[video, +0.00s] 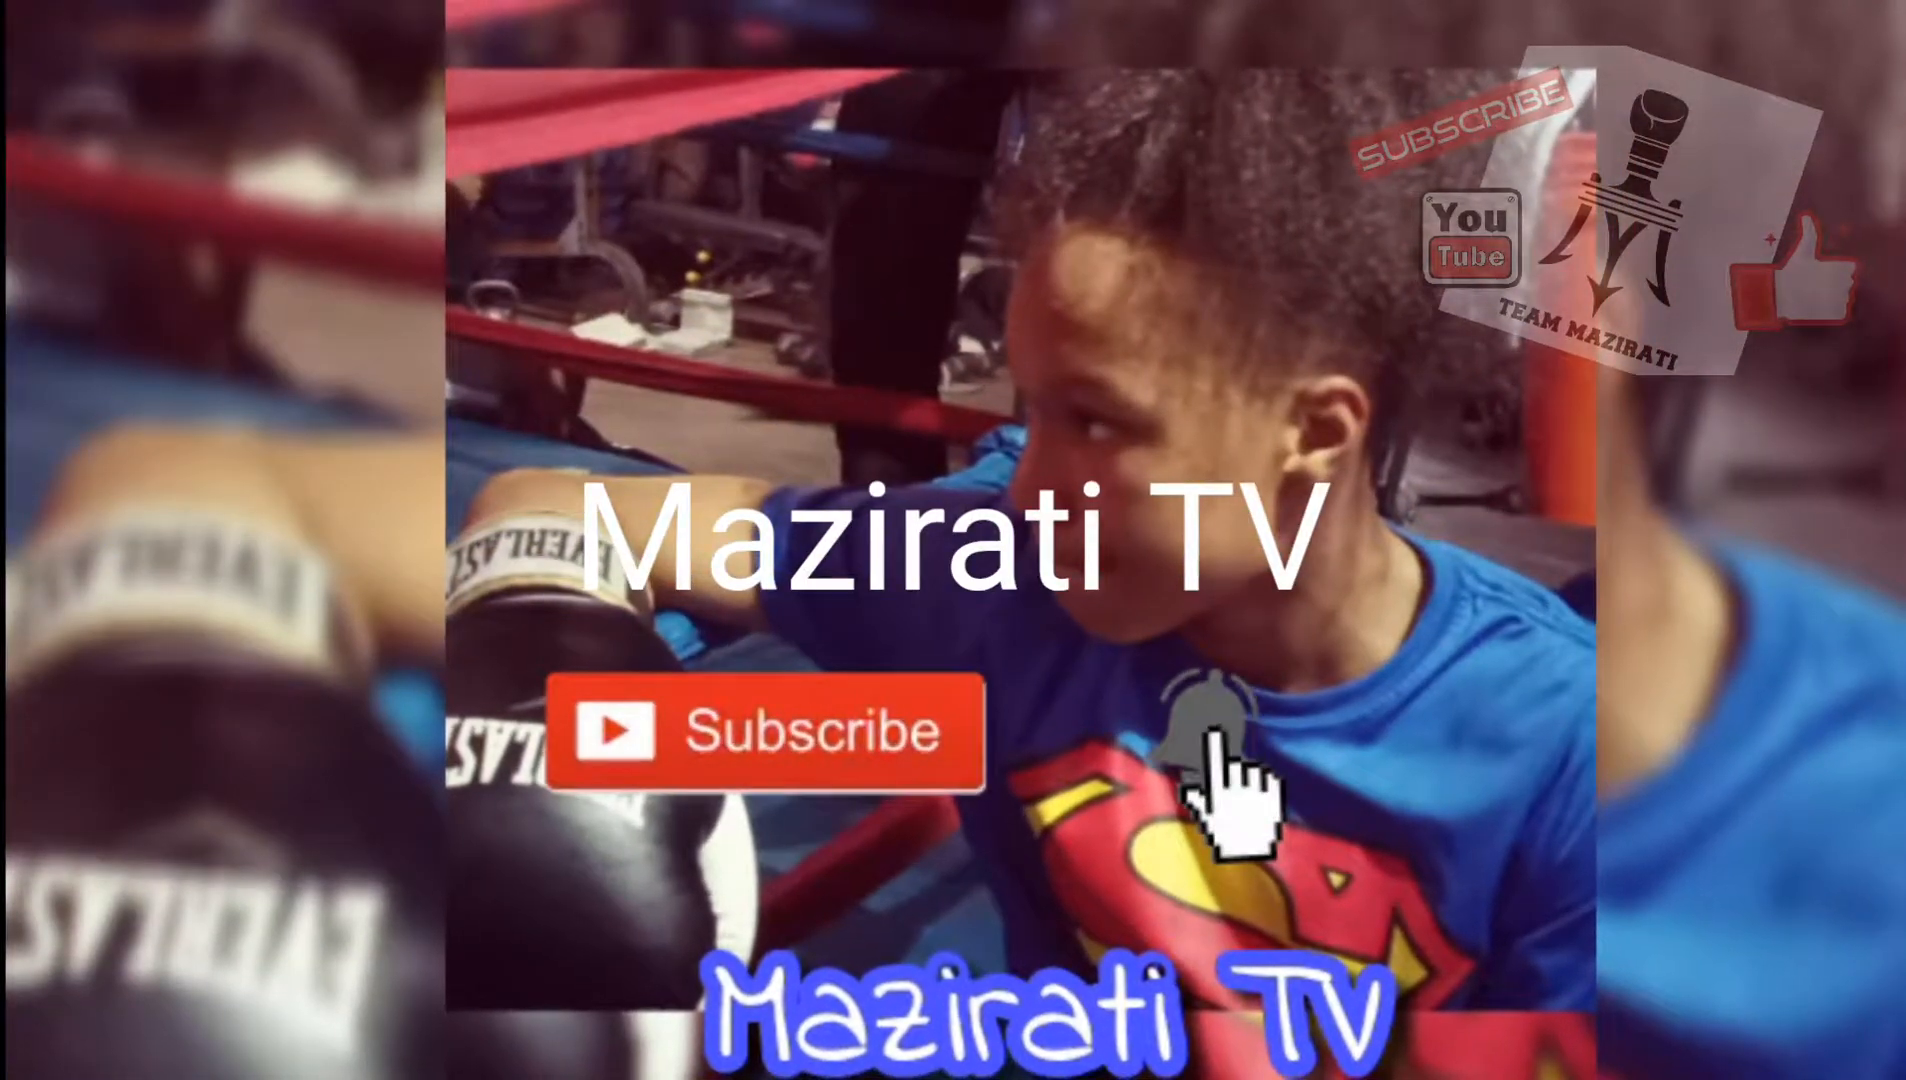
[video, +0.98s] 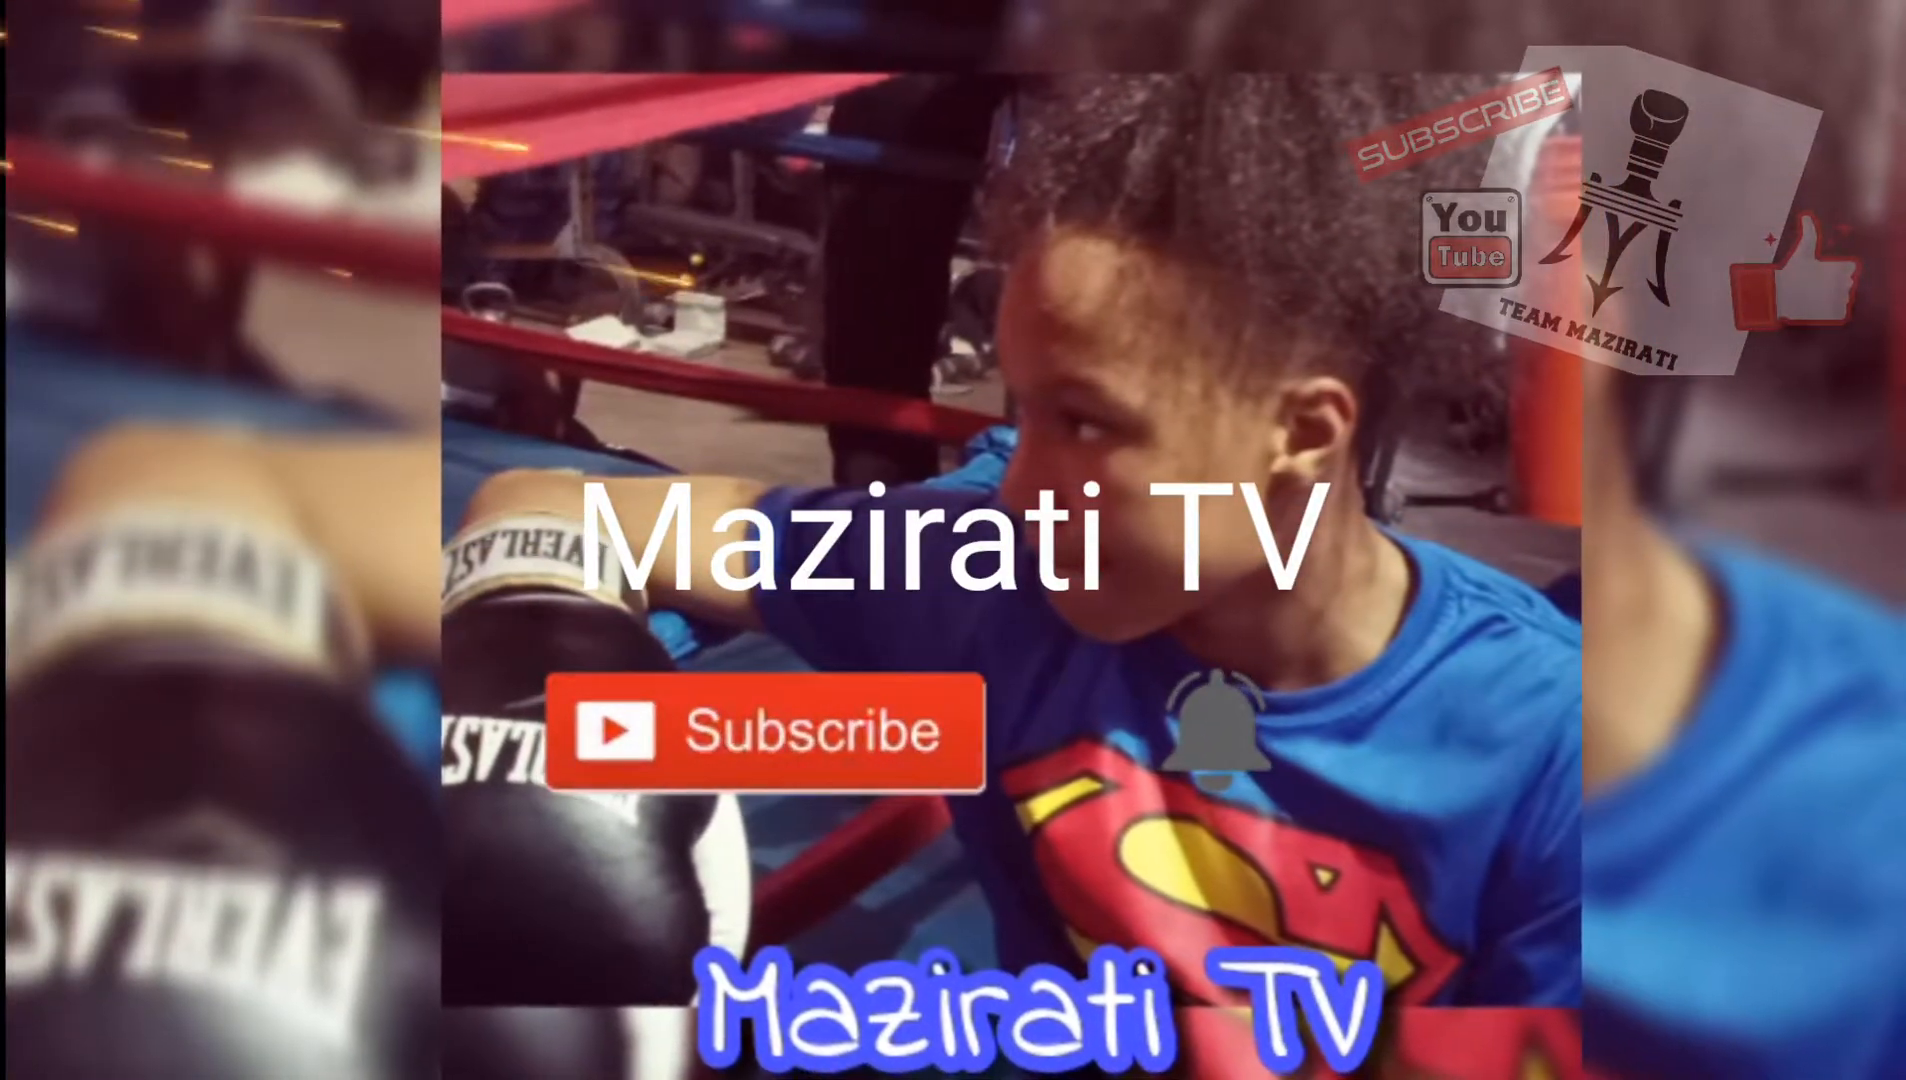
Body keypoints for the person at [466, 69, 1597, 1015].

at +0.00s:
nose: (1030, 477)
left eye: (1097, 428)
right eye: (1026, 411)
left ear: (1317, 446)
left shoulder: (1557, 732)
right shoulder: (1014, 553)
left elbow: (1597, 1045)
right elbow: (624, 528)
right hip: (1047, 1053)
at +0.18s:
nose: (1030, 481)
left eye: (1098, 430)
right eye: (1026, 413)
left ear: (1315, 446)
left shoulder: (1555, 733)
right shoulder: (1014, 548)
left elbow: (1589, 1046)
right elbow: (620, 528)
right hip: (1039, 1051)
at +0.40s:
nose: (1028, 481)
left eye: (1095, 430)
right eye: (1024, 414)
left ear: (1313, 446)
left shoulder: (1549, 729)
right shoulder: (1014, 545)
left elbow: (1584, 1047)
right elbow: (636, 531)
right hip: (1032, 1051)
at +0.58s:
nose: (1027, 480)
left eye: (1092, 428)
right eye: (1022, 415)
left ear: (1312, 444)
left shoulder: (1551, 733)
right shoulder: (1009, 554)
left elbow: (1587, 1043)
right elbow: (600, 526)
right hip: (1044, 1053)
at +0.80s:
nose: (1025, 480)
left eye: (1090, 429)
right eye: (1020, 415)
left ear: (1309, 445)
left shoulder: (1548, 735)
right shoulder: (1007, 554)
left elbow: (1589, 1043)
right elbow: (598, 528)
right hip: (1035, 1050)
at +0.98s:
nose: (1022, 480)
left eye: (1089, 429)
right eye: (1018, 414)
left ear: (1307, 445)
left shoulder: (1546, 736)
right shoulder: (1010, 556)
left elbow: (1584, 1044)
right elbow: (597, 526)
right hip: (1039, 1051)